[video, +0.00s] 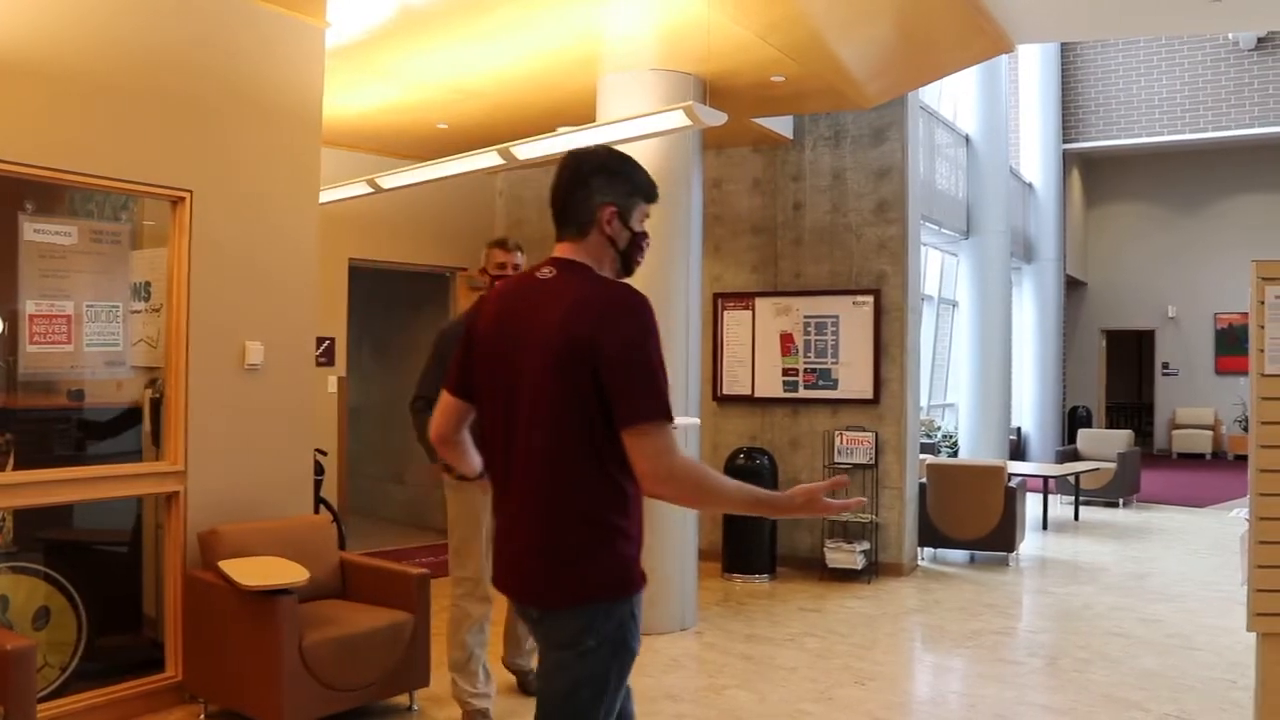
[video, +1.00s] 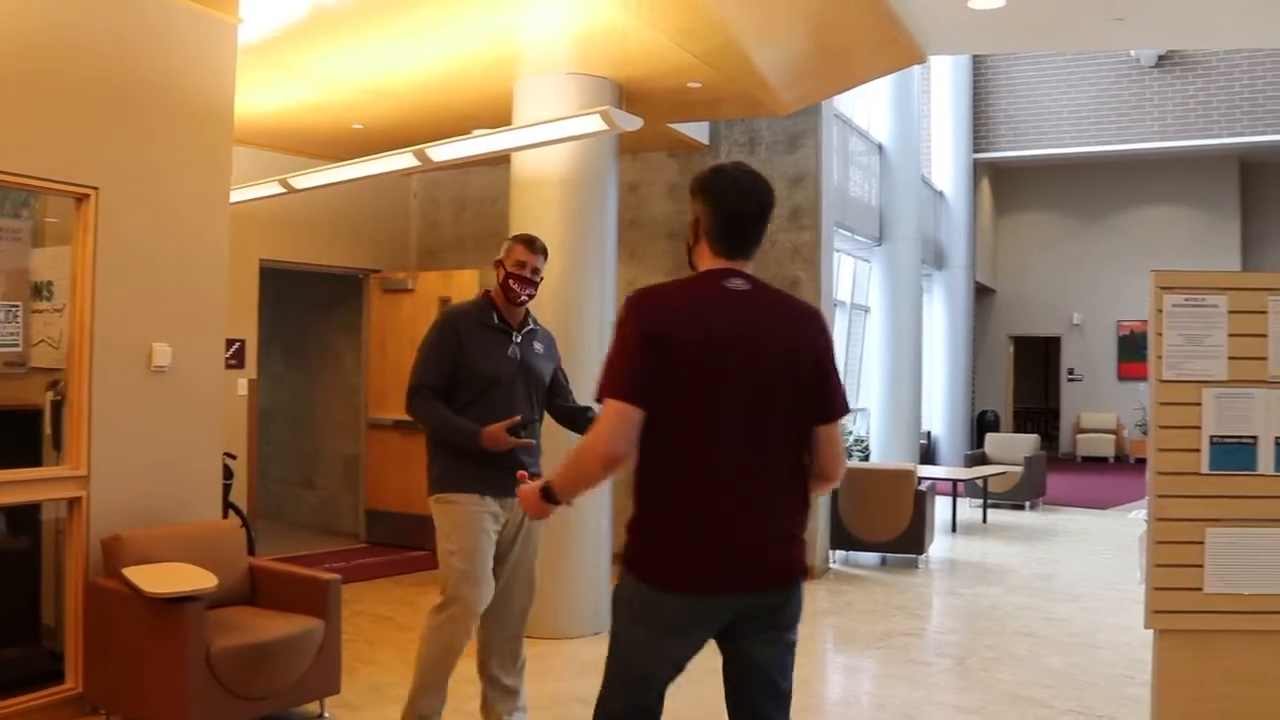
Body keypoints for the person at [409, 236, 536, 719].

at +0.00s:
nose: (504, 278)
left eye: (512, 270)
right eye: (497, 270)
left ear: (525, 273)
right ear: (482, 273)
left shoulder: (540, 331)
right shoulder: (458, 333)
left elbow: (556, 400)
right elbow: (424, 404)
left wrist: (541, 447)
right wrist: (443, 455)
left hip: (524, 466)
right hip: (470, 469)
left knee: (524, 572)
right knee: (472, 584)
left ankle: (525, 663)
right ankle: (474, 699)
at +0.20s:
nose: (491, 278)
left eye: (498, 270)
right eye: (482, 270)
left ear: (506, 275)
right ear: (460, 274)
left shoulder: (518, 331)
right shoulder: (437, 335)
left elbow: (539, 397)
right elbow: (411, 414)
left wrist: (527, 442)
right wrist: (468, 443)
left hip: (519, 480)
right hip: (459, 482)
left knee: (540, 575)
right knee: (456, 595)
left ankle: (515, 663)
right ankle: (457, 700)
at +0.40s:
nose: (491, 280)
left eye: (499, 272)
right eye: (482, 271)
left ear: (508, 273)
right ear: (463, 272)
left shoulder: (526, 330)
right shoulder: (434, 335)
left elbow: (548, 396)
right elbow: (421, 419)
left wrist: (537, 443)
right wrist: (492, 439)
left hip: (526, 487)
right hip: (457, 490)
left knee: (541, 599)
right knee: (447, 603)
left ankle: (558, 709)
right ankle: (444, 706)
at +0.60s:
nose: (504, 274)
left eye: (511, 267)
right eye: (495, 266)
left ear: (520, 276)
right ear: (475, 272)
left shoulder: (534, 335)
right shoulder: (443, 333)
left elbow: (545, 408)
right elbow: (426, 416)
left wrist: (535, 459)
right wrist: (499, 448)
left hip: (529, 494)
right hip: (461, 495)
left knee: (539, 613)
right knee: (443, 606)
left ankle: (547, 712)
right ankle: (428, 706)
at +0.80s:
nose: (520, 274)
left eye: (529, 268)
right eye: (512, 265)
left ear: (536, 276)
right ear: (491, 268)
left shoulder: (545, 337)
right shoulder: (454, 326)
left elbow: (558, 404)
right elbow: (427, 408)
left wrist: (541, 440)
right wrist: (488, 438)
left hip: (533, 492)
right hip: (469, 493)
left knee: (529, 614)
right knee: (453, 604)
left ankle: (528, 713)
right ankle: (415, 705)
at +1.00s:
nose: (522, 279)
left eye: (532, 274)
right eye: (516, 269)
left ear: (540, 280)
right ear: (497, 267)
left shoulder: (542, 340)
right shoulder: (457, 323)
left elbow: (562, 404)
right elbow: (420, 400)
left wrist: (601, 419)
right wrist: (476, 434)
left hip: (522, 492)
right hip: (463, 488)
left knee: (510, 610)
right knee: (467, 598)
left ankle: (504, 711)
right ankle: (421, 712)